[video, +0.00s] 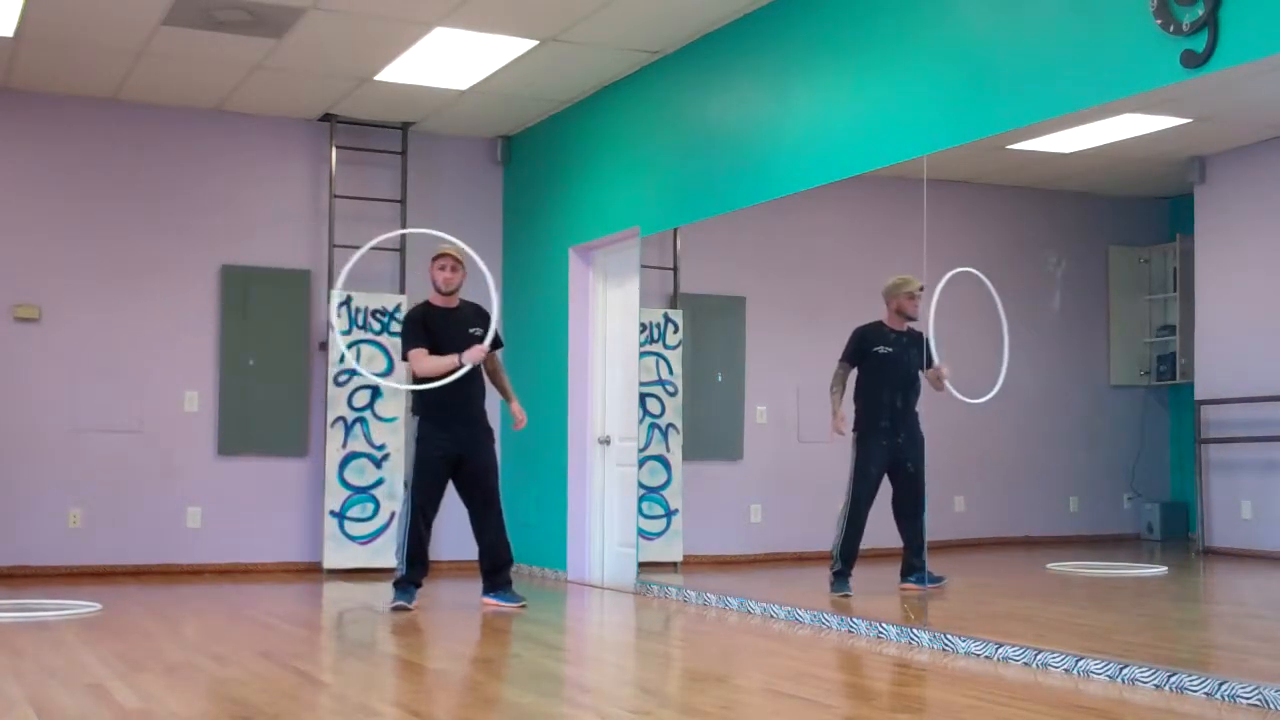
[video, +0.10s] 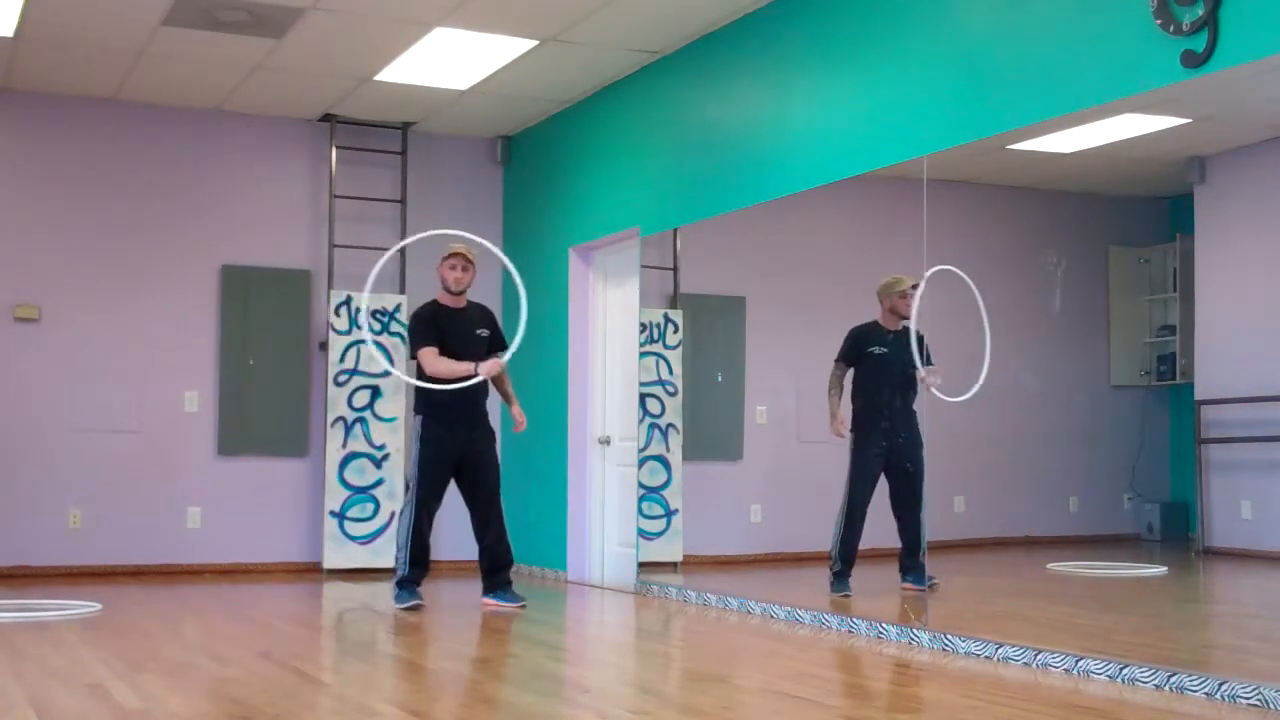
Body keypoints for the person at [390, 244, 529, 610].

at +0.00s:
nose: (447, 274)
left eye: (454, 269)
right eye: (441, 268)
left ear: (463, 276)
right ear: (430, 274)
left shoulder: (478, 316)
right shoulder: (416, 317)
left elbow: (492, 364)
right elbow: (419, 366)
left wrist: (512, 401)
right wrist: (462, 358)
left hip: (474, 426)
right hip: (434, 427)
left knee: (487, 507)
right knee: (421, 508)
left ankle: (497, 586)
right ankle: (407, 586)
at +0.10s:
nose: (459, 273)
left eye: (465, 269)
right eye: (452, 267)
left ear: (472, 276)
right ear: (439, 273)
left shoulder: (484, 316)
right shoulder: (425, 316)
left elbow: (494, 367)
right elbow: (431, 365)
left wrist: (512, 403)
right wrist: (477, 368)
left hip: (475, 425)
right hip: (435, 425)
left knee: (488, 505)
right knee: (421, 505)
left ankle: (497, 586)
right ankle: (407, 585)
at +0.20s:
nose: (469, 273)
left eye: (475, 269)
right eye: (462, 267)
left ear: (481, 277)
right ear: (448, 272)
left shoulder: (486, 317)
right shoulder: (430, 314)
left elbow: (494, 369)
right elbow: (439, 360)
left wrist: (512, 409)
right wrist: (487, 375)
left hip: (473, 422)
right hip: (433, 422)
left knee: (485, 506)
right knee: (418, 505)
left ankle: (496, 587)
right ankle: (404, 584)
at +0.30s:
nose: (475, 275)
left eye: (481, 271)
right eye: (469, 268)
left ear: (486, 279)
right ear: (454, 272)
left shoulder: (486, 320)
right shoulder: (432, 311)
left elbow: (492, 371)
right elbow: (448, 357)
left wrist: (509, 414)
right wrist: (495, 379)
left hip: (473, 423)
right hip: (434, 423)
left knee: (485, 505)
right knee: (419, 505)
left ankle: (495, 586)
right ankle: (405, 585)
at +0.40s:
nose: (482, 275)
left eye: (487, 270)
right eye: (476, 268)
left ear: (490, 278)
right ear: (460, 272)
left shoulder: (489, 320)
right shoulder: (438, 312)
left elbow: (493, 373)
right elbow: (462, 357)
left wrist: (506, 417)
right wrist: (505, 381)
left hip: (479, 422)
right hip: (440, 422)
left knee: (488, 504)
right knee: (424, 504)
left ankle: (494, 585)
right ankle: (407, 585)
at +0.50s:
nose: (488, 276)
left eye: (494, 272)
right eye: (482, 269)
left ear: (497, 280)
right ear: (465, 273)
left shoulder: (496, 321)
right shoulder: (447, 311)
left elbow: (500, 374)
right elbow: (473, 351)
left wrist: (511, 418)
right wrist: (513, 380)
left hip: (487, 420)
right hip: (449, 419)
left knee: (493, 505)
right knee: (432, 503)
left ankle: (494, 585)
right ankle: (411, 584)